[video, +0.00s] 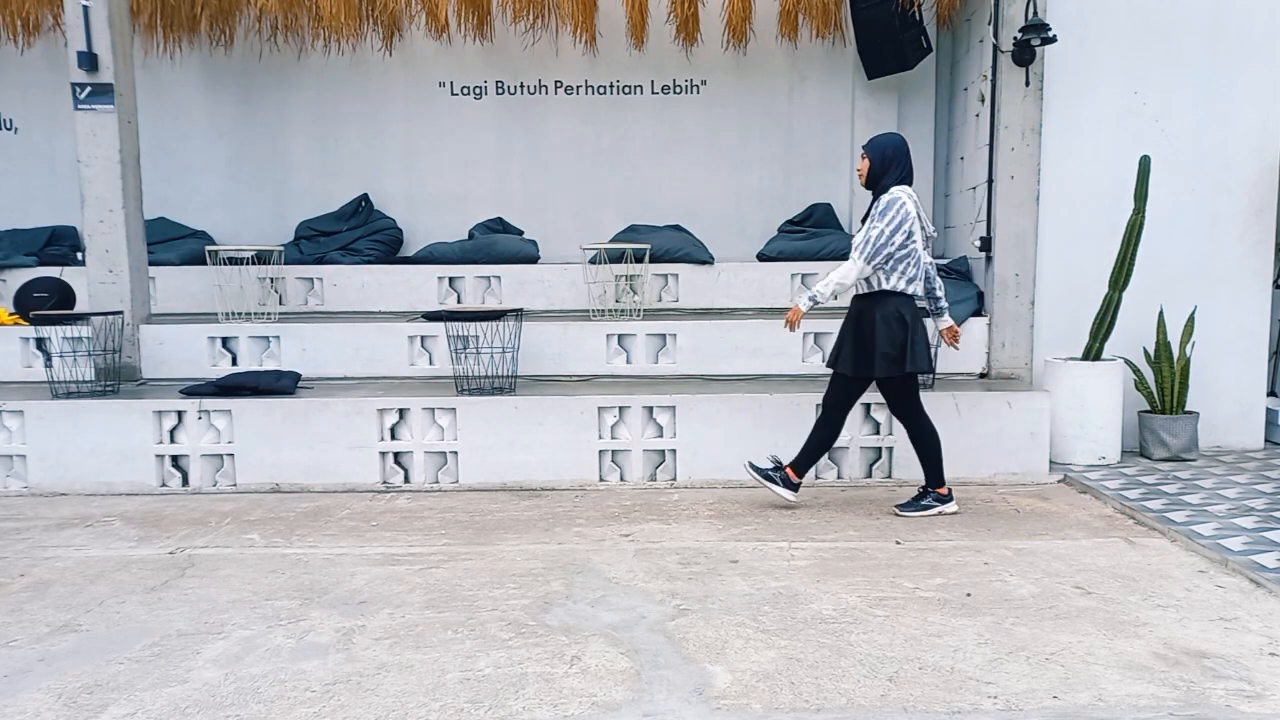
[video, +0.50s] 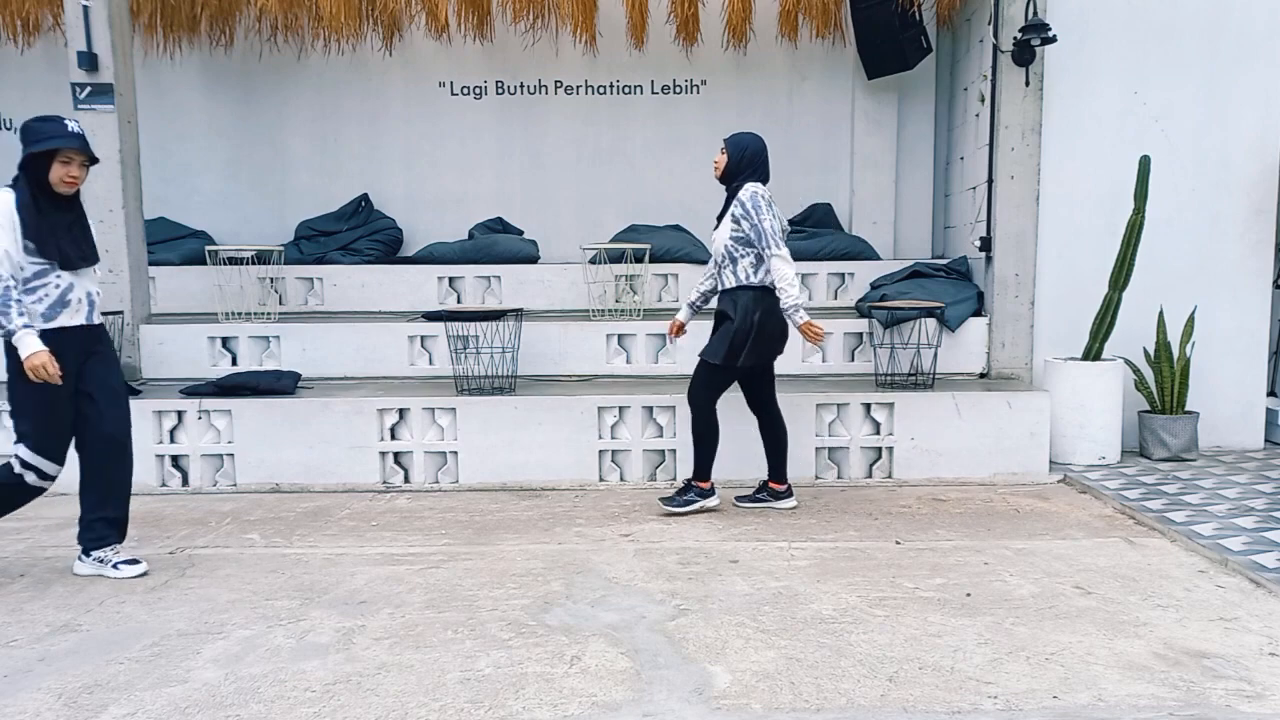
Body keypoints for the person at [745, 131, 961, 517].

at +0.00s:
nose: (859, 166)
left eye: (865, 158)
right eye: (861, 158)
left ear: (883, 162)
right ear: (891, 162)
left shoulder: (894, 201)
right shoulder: (902, 201)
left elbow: (860, 262)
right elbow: (924, 265)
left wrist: (809, 298)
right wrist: (943, 316)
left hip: (884, 315)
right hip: (882, 314)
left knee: (906, 406)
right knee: (837, 401)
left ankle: (939, 491)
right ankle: (792, 476)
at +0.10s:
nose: (831, 167)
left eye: (837, 160)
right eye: (833, 160)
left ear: (856, 164)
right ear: (862, 165)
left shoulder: (865, 203)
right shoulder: (866, 204)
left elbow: (833, 268)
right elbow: (895, 266)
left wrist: (784, 304)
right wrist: (919, 316)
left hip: (861, 318)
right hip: (843, 319)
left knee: (883, 409)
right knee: (804, 397)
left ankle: (934, 486)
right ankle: (785, 484)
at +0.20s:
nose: (802, 166)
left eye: (808, 159)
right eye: (804, 159)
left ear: (825, 163)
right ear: (832, 164)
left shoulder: (833, 200)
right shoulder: (835, 202)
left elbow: (814, 269)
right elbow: (858, 272)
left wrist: (777, 315)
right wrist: (874, 325)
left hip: (825, 315)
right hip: (809, 316)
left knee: (841, 412)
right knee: (781, 398)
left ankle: (915, 474)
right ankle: (777, 486)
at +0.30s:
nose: (773, 162)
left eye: (779, 155)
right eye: (776, 154)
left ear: (796, 160)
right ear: (798, 161)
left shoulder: (804, 197)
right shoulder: (796, 199)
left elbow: (802, 268)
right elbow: (796, 268)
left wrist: (788, 326)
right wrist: (778, 321)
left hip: (795, 310)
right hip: (781, 308)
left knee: (782, 410)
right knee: (770, 403)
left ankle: (859, 459)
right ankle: (777, 486)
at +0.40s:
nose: (745, 157)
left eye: (751, 151)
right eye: (747, 150)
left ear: (768, 156)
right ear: (773, 158)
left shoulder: (778, 192)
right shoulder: (770, 195)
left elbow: (793, 259)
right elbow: (786, 261)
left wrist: (799, 319)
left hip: (769, 306)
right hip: (766, 304)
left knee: (730, 397)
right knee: (768, 399)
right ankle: (775, 482)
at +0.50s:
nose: (716, 160)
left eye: (723, 154)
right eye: (719, 153)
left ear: (740, 159)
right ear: (744, 161)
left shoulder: (752, 195)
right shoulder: (739, 203)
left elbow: (778, 255)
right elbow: (718, 269)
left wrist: (796, 313)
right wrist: (687, 310)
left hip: (748, 312)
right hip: (750, 312)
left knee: (701, 393)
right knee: (764, 403)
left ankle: (701, 485)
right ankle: (778, 486)